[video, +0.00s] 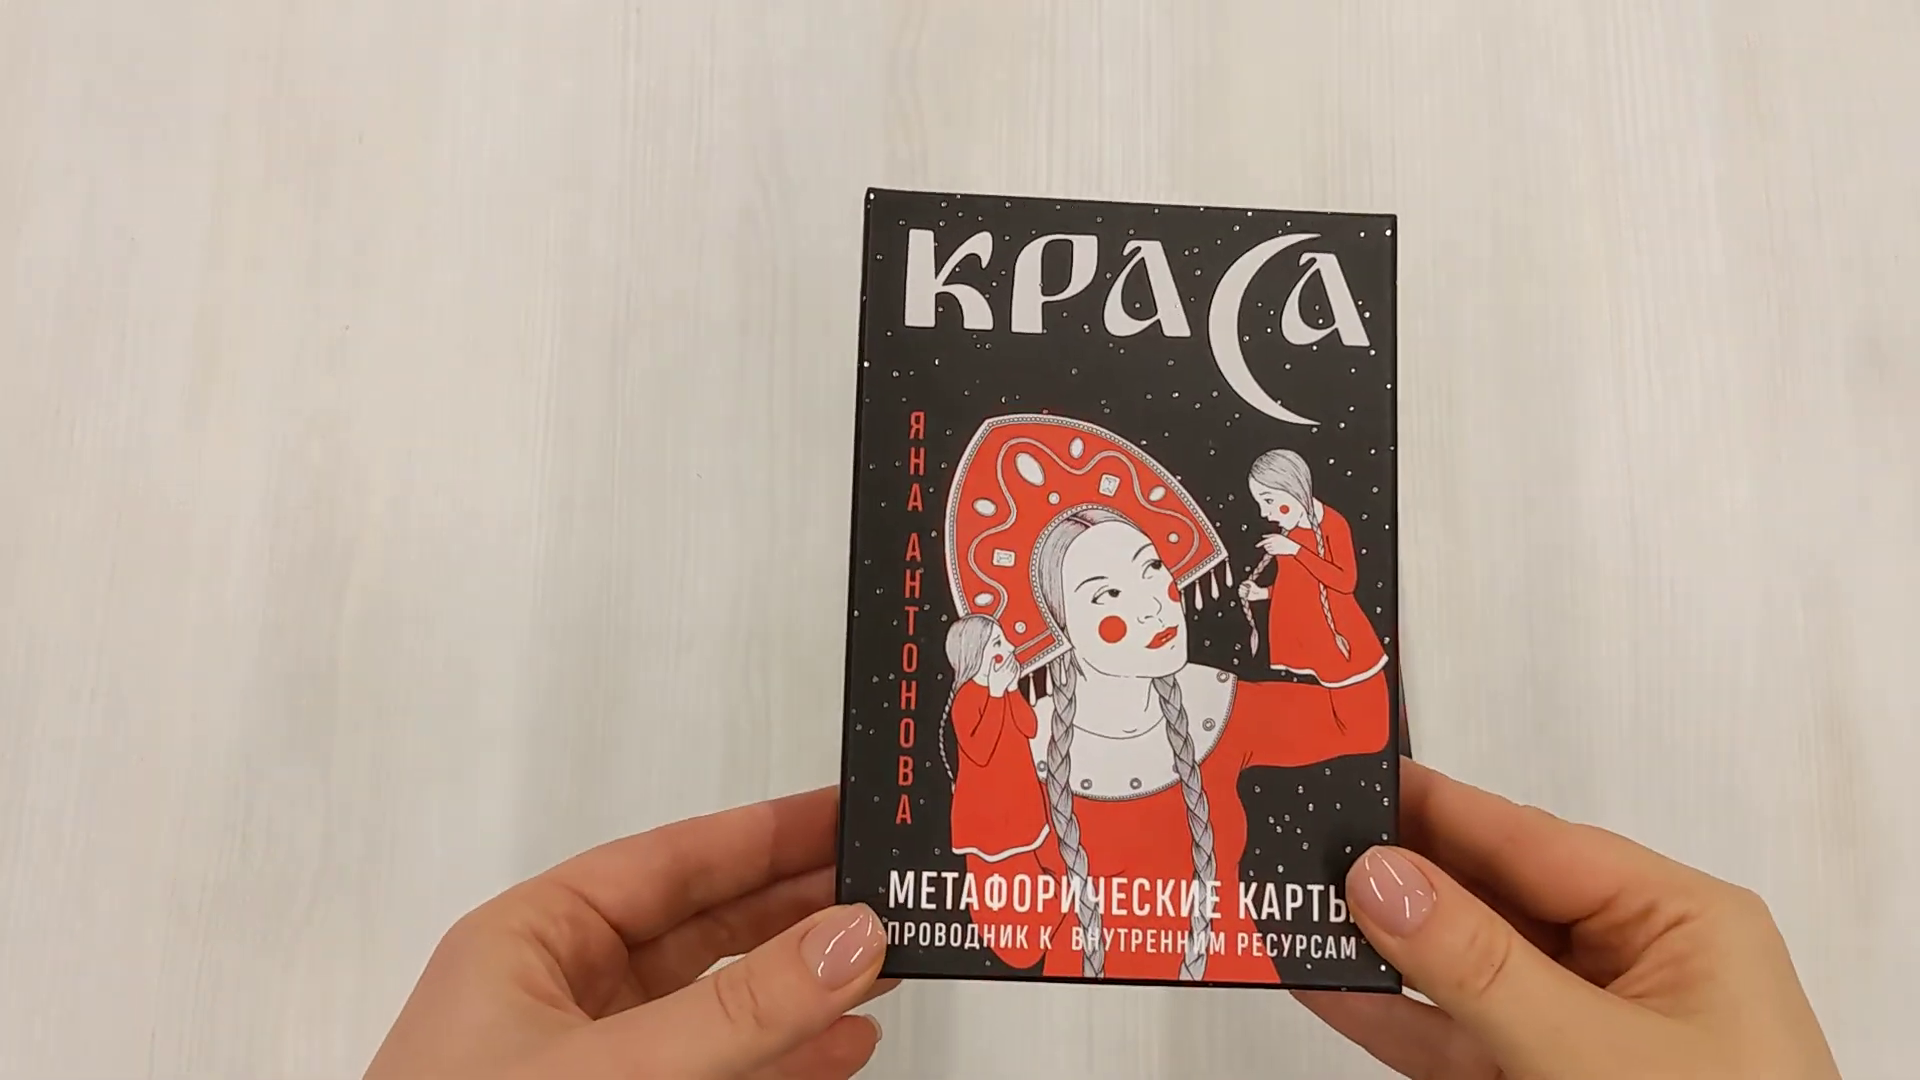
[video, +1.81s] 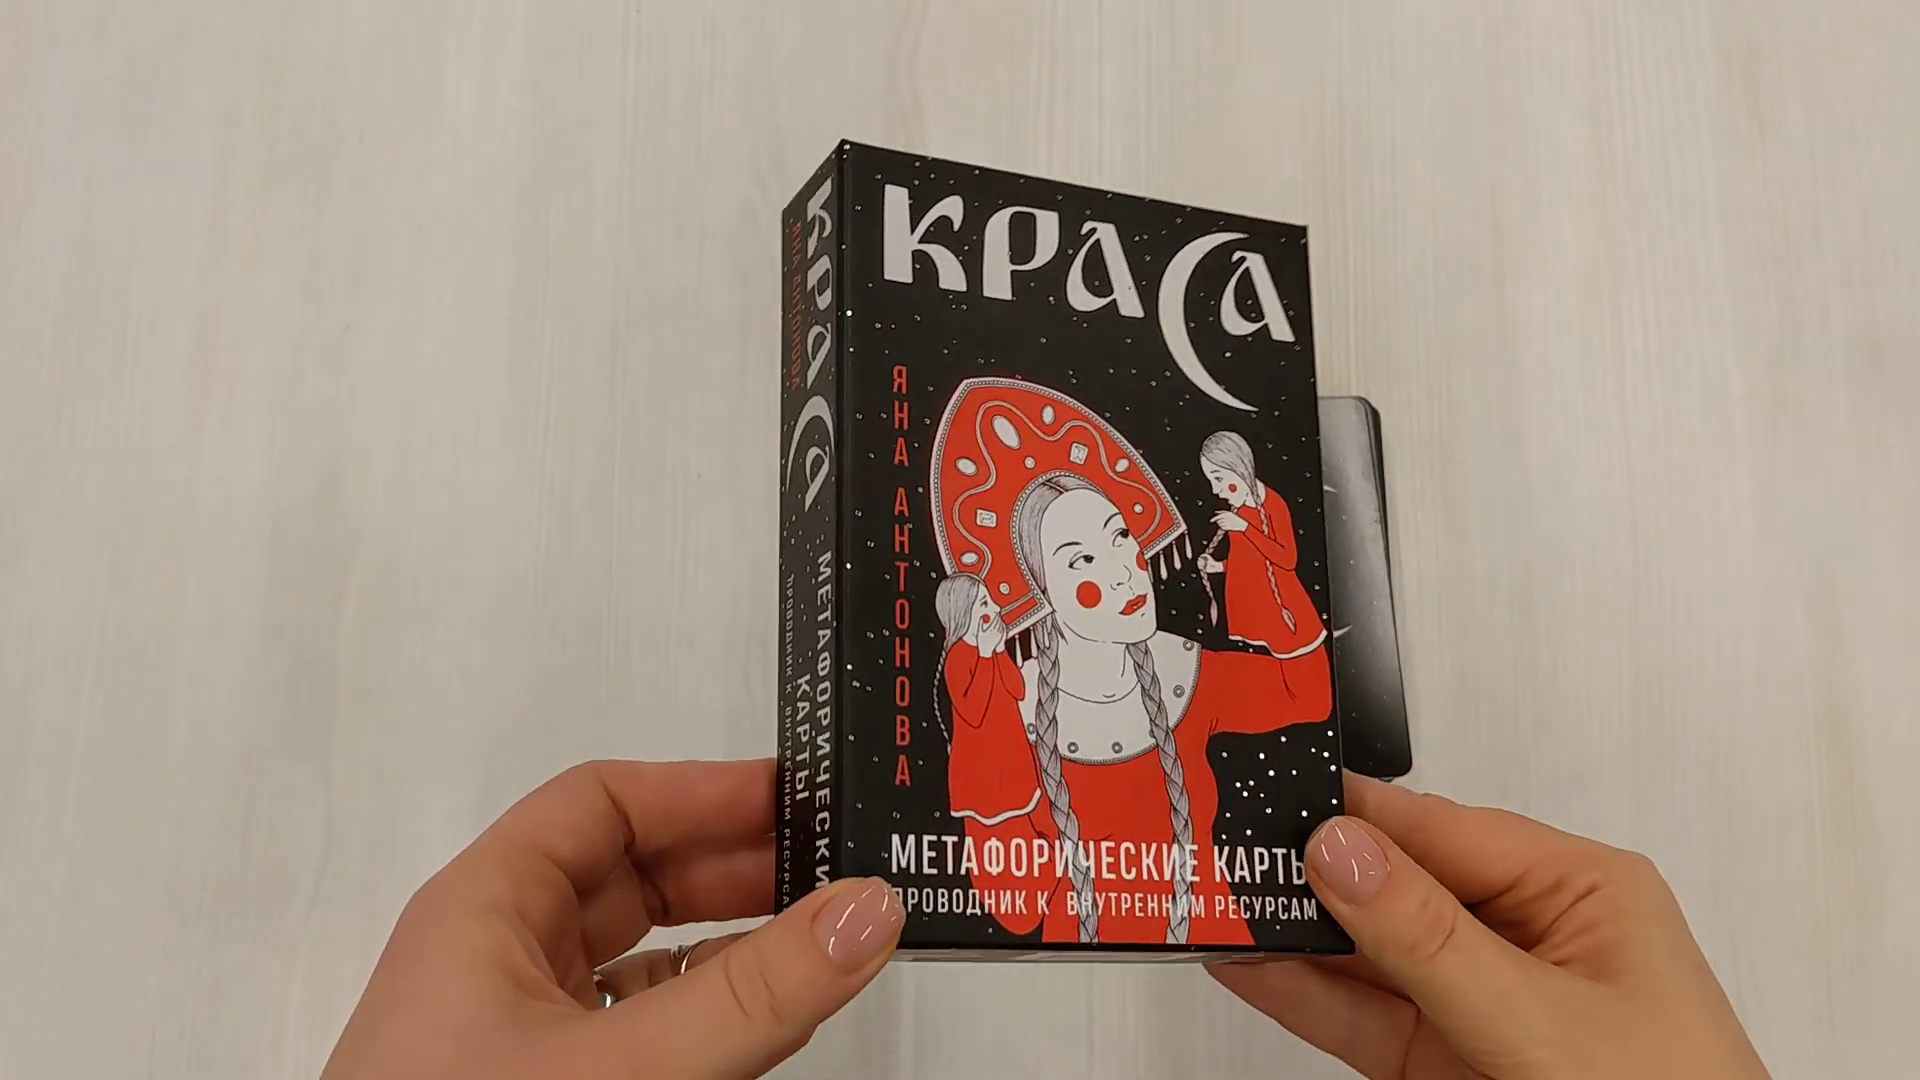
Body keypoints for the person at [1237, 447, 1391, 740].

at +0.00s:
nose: (1266, 513)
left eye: (1272, 501)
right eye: (1261, 504)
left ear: (1297, 490)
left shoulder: (1333, 524)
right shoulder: (1290, 528)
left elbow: (1346, 581)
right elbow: (1298, 586)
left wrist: (1296, 550)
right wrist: (1264, 592)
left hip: (1343, 651)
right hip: (1303, 652)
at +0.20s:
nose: (1257, 495)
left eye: (1263, 482)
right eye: (1251, 486)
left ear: (1288, 471)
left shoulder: (1325, 506)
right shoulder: (1281, 510)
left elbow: (1338, 563)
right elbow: (1290, 567)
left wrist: (1286, 532)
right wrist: (1256, 575)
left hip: (1336, 633)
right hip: (1297, 636)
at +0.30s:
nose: (1253, 484)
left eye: (1257, 471)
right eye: (1249, 475)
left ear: (1283, 459)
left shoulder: (1325, 495)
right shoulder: (1280, 501)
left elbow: (1338, 552)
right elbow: (1289, 559)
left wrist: (1286, 522)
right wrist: (1253, 566)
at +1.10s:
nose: (1259, 500)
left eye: (1264, 488)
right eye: (1255, 491)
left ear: (1287, 478)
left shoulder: (1329, 510)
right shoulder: (1285, 517)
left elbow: (1344, 559)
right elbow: (1294, 562)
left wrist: (1292, 532)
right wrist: (1260, 569)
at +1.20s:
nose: (1240, 512)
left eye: (1242, 501)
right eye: (1235, 505)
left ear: (1265, 491)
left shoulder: (1304, 525)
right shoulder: (1264, 531)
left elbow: (1321, 573)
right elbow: (1275, 574)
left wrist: (1270, 544)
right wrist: (1241, 579)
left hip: (1322, 638)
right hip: (1288, 640)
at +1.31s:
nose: (1216, 516)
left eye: (1220, 505)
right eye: (1212, 508)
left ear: (1241, 496)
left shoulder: (1279, 531)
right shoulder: (1241, 536)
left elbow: (1296, 579)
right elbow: (1252, 579)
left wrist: (1248, 549)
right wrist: (1219, 583)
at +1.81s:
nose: (1215, 490)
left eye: (1218, 478)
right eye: (1211, 481)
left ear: (1240, 468)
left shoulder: (1273, 505)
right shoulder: (1240, 507)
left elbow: (1288, 560)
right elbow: (1251, 558)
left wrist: (1245, 527)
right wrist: (1220, 566)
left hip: (1291, 624)